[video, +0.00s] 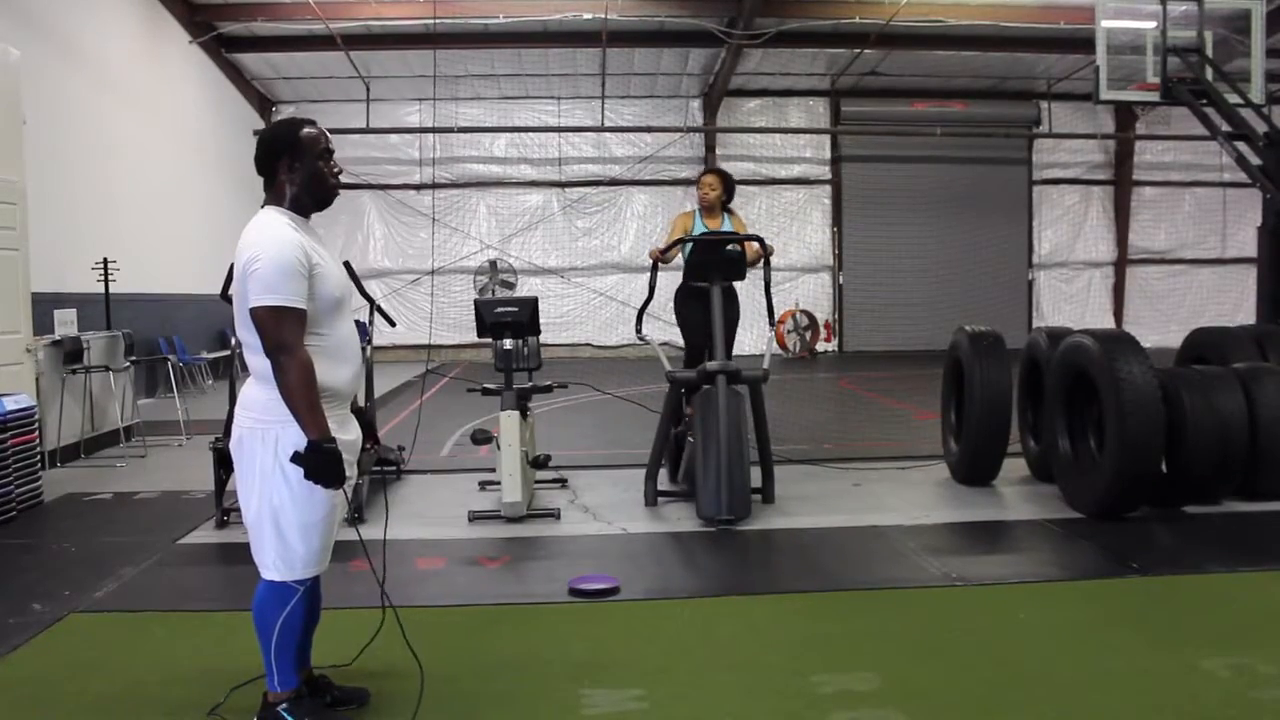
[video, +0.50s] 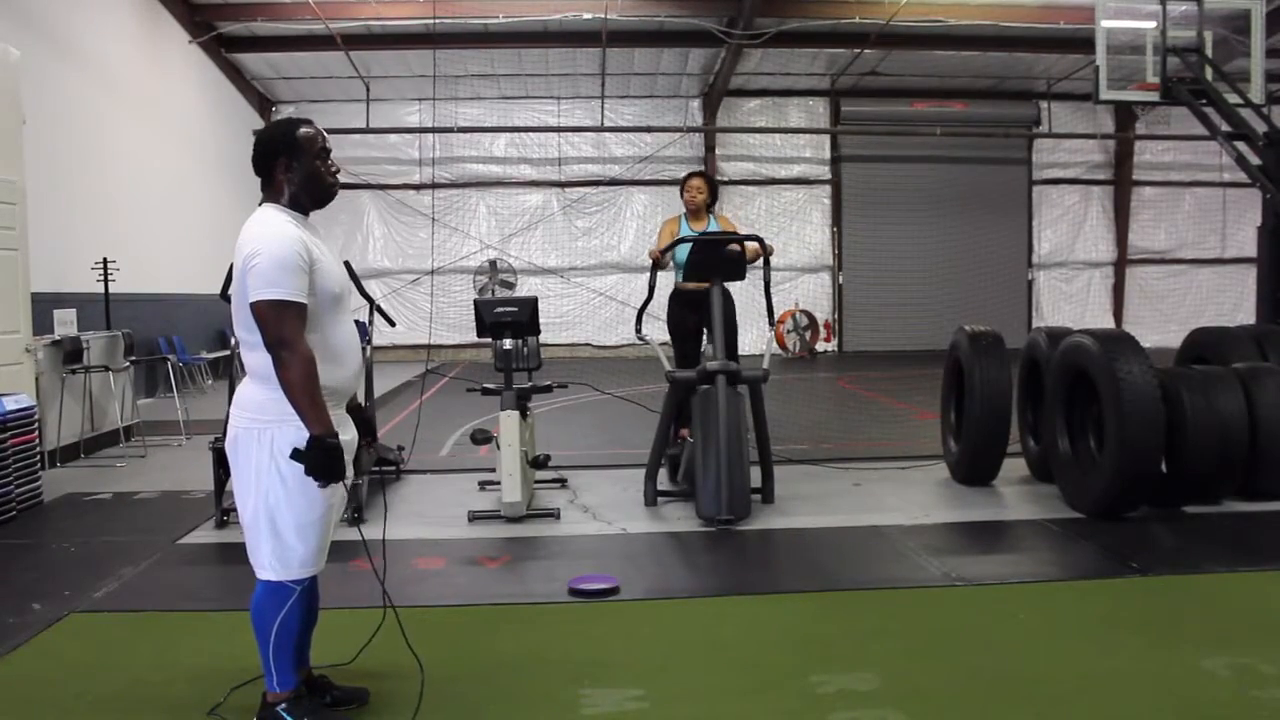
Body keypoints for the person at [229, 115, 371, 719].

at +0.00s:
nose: (337, 168)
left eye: (334, 157)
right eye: (324, 158)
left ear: (296, 170)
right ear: (289, 169)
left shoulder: (298, 237)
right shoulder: (273, 241)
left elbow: (320, 342)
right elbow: (283, 350)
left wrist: (355, 413)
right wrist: (319, 438)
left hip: (307, 428)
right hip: (283, 431)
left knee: (305, 565)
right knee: (287, 571)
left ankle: (299, 679)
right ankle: (281, 698)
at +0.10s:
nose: (336, 167)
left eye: (333, 157)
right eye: (323, 158)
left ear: (296, 170)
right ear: (288, 169)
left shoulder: (298, 237)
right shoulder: (273, 240)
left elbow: (321, 342)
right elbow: (283, 350)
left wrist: (357, 412)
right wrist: (319, 437)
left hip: (306, 428)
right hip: (283, 431)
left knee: (304, 565)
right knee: (288, 571)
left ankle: (299, 679)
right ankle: (281, 697)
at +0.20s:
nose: (336, 167)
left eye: (332, 156)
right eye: (322, 157)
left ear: (294, 170)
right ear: (287, 169)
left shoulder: (298, 236)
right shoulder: (273, 239)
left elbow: (319, 341)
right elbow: (283, 349)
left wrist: (354, 410)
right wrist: (319, 436)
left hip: (305, 427)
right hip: (282, 430)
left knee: (304, 565)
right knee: (287, 570)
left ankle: (299, 679)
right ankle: (281, 697)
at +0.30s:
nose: (335, 166)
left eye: (332, 156)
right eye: (322, 157)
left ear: (294, 170)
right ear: (287, 168)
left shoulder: (299, 235)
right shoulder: (273, 238)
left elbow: (320, 338)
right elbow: (283, 348)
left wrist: (354, 408)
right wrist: (320, 435)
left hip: (307, 425)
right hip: (281, 428)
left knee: (303, 564)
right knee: (286, 569)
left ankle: (298, 679)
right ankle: (281, 697)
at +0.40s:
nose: (335, 166)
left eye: (331, 155)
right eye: (322, 156)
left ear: (292, 169)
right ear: (286, 168)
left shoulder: (299, 235)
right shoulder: (273, 238)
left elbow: (319, 338)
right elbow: (284, 347)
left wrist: (354, 406)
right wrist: (320, 434)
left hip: (306, 426)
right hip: (280, 430)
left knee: (303, 565)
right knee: (285, 570)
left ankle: (298, 679)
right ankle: (281, 698)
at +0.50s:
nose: (335, 166)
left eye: (331, 155)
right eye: (321, 156)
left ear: (292, 170)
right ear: (287, 168)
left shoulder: (298, 235)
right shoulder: (273, 237)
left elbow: (317, 338)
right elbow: (284, 345)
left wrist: (354, 406)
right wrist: (321, 433)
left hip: (304, 427)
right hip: (278, 430)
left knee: (302, 564)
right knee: (284, 570)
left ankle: (298, 678)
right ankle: (280, 698)